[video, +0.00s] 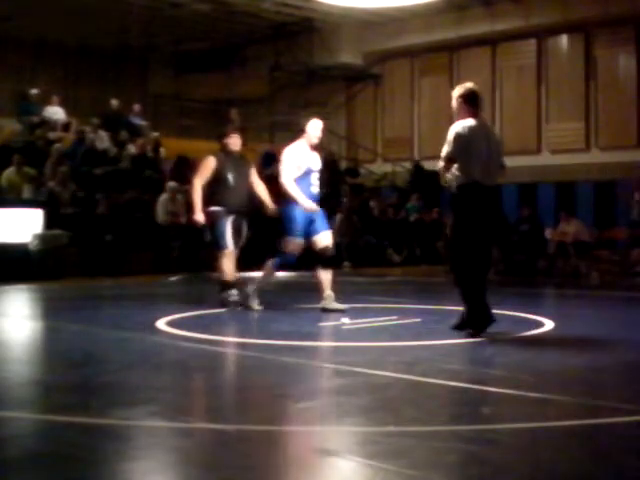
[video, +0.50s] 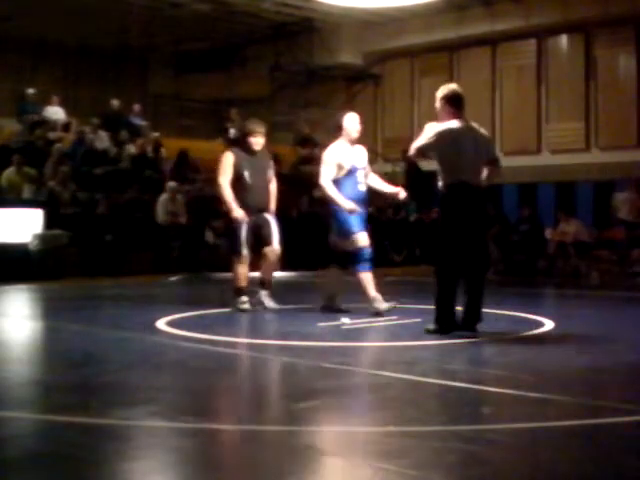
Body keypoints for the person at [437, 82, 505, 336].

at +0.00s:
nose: (452, 107)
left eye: (454, 102)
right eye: (453, 102)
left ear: (462, 103)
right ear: (476, 104)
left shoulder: (459, 130)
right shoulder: (490, 132)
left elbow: (446, 159)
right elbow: (500, 166)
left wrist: (444, 169)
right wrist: (481, 173)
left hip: (466, 196)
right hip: (488, 196)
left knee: (463, 253)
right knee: (480, 253)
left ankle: (475, 312)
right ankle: (479, 310)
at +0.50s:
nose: (436, 111)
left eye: (438, 106)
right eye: (437, 106)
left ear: (445, 107)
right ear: (462, 106)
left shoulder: (438, 131)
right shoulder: (479, 133)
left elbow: (414, 153)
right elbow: (494, 165)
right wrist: (481, 184)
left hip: (449, 198)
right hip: (475, 197)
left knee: (447, 258)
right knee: (475, 259)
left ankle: (444, 319)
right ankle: (471, 319)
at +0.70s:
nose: (429, 108)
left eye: (432, 103)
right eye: (430, 103)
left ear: (440, 106)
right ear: (456, 106)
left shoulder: (432, 131)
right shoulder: (472, 131)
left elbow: (405, 152)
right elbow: (493, 160)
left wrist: (419, 129)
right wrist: (476, 180)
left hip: (443, 197)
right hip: (469, 196)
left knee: (444, 260)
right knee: (470, 259)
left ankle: (445, 320)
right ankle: (470, 321)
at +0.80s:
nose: (426, 109)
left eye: (427, 104)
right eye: (427, 104)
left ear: (433, 106)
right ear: (450, 105)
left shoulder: (427, 132)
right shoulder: (467, 130)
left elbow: (401, 156)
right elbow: (491, 157)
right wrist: (475, 179)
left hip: (439, 197)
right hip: (466, 196)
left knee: (443, 261)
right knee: (466, 259)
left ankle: (445, 321)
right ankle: (469, 321)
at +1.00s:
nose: (419, 111)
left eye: (420, 107)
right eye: (421, 107)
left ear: (424, 108)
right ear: (443, 106)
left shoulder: (420, 134)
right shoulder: (460, 129)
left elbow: (403, 165)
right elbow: (486, 150)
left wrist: (414, 185)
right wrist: (473, 176)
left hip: (433, 197)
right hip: (459, 194)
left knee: (439, 261)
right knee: (460, 259)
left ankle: (444, 322)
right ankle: (468, 321)